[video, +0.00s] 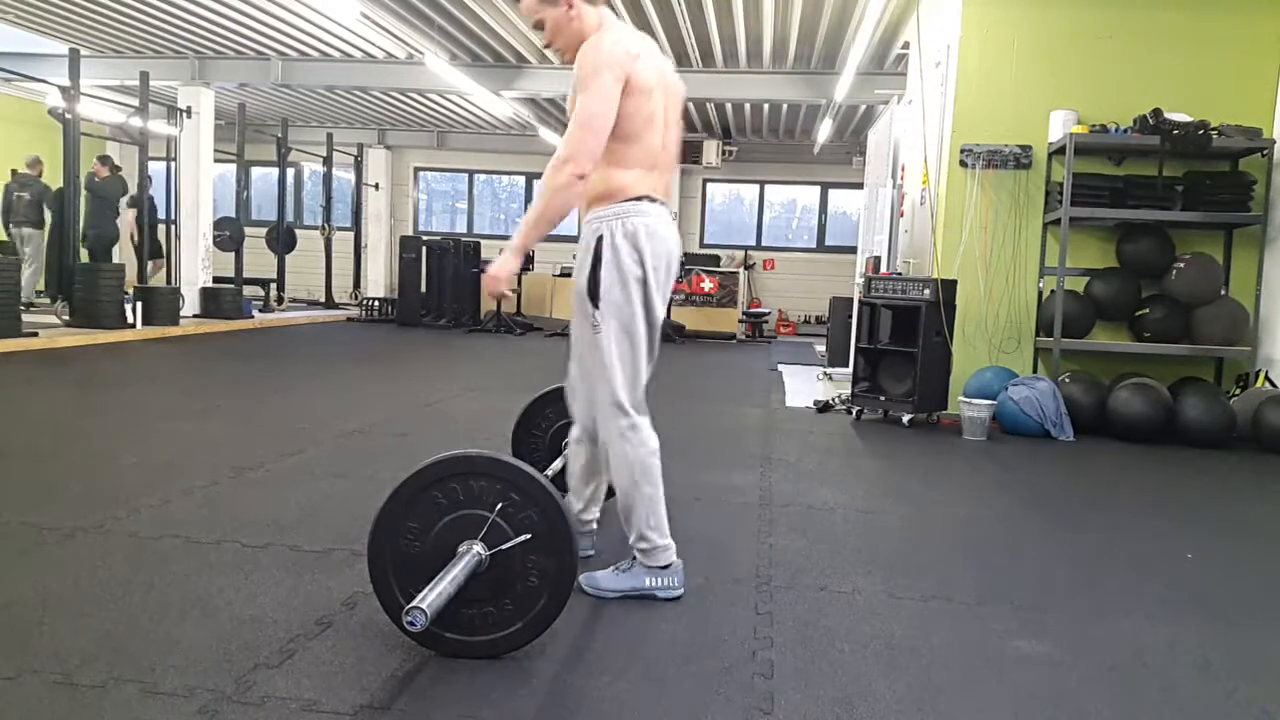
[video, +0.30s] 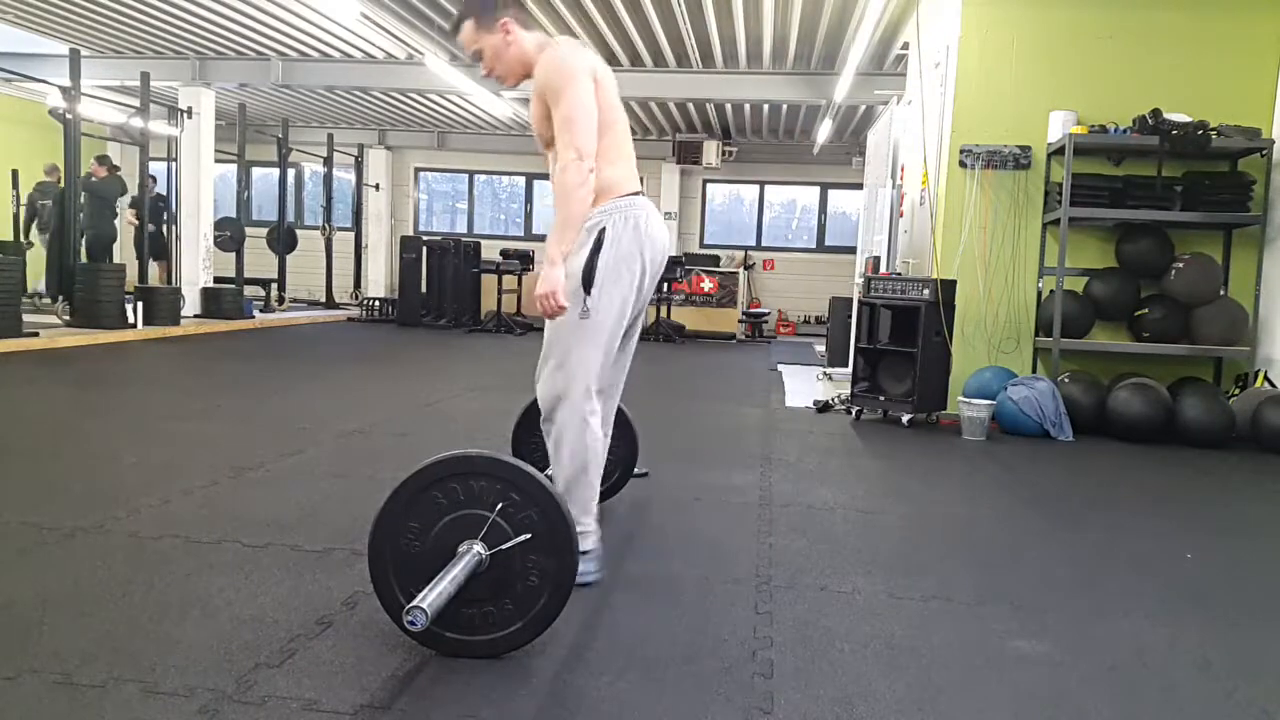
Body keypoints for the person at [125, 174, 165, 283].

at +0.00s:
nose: (145, 187)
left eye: (147, 185)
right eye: (143, 185)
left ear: (150, 185)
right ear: (139, 185)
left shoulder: (150, 199)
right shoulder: (135, 199)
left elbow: (153, 218)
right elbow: (131, 218)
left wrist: (154, 235)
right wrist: (134, 237)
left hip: (152, 234)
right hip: (140, 235)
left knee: (159, 263)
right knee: (142, 264)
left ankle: (145, 281)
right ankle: (140, 287)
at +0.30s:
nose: (146, 187)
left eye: (149, 184)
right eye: (144, 185)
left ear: (154, 185)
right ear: (141, 185)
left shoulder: (162, 199)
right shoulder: (136, 199)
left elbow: (171, 214)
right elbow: (129, 217)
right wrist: (141, 224)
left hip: (156, 234)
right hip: (141, 234)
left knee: (163, 264)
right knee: (142, 263)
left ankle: (164, 290)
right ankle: (142, 290)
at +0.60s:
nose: (148, 184)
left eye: (151, 182)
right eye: (147, 181)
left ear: (157, 185)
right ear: (144, 183)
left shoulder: (164, 199)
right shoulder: (140, 198)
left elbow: (179, 209)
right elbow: (127, 209)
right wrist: (117, 214)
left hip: (161, 236)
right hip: (145, 235)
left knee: (164, 265)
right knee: (141, 262)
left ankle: (165, 290)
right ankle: (140, 288)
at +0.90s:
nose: (136, 185)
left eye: (138, 182)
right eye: (135, 182)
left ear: (145, 183)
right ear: (135, 183)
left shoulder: (157, 198)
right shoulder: (133, 199)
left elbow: (168, 212)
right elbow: (136, 215)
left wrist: (167, 223)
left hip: (156, 234)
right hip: (139, 234)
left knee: (161, 263)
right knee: (137, 264)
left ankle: (164, 291)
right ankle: (137, 291)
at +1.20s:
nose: (130, 186)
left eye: (133, 183)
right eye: (128, 183)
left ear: (140, 183)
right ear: (126, 186)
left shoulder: (152, 198)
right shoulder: (127, 200)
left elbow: (163, 215)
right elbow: (123, 219)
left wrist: (169, 233)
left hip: (151, 234)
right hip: (134, 236)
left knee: (158, 264)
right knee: (134, 266)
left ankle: (164, 291)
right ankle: (131, 294)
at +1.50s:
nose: (134, 189)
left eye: (136, 186)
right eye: (131, 187)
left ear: (140, 186)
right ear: (129, 188)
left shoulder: (151, 198)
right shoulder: (128, 200)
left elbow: (162, 215)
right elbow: (124, 218)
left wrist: (167, 230)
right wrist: (126, 234)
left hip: (151, 232)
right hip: (135, 233)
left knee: (161, 261)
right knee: (134, 263)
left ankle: (165, 288)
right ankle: (131, 291)